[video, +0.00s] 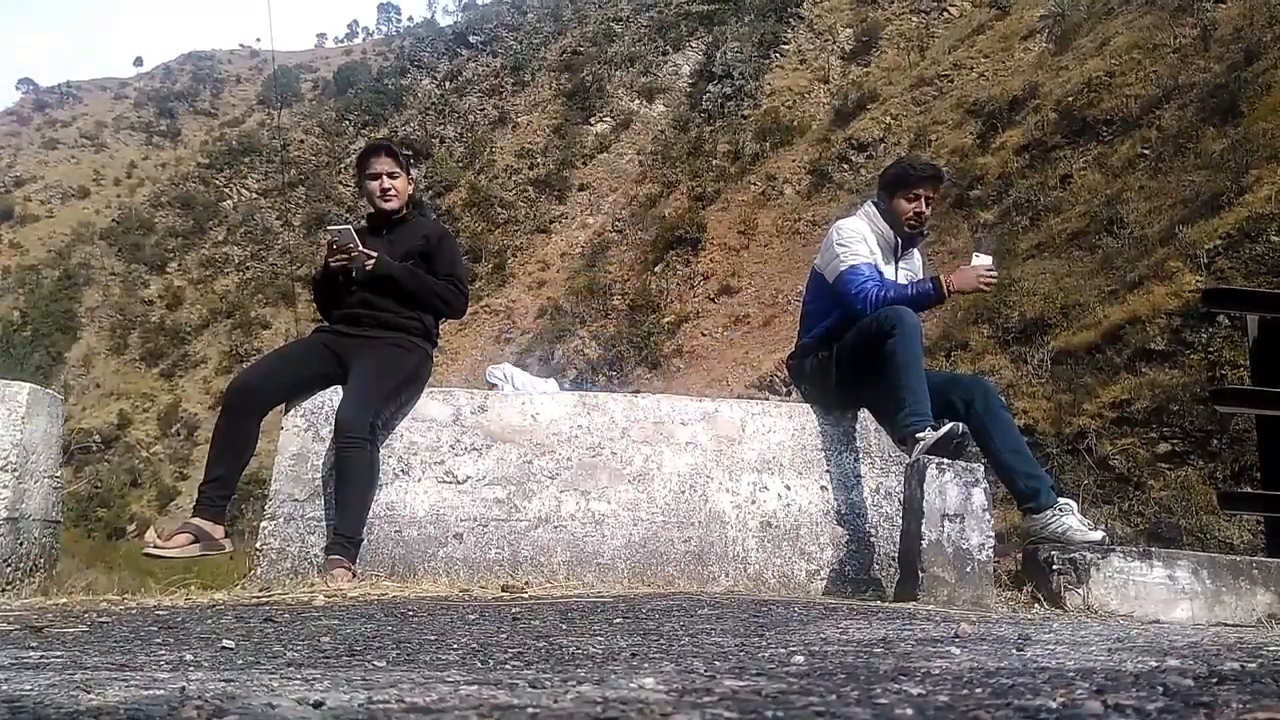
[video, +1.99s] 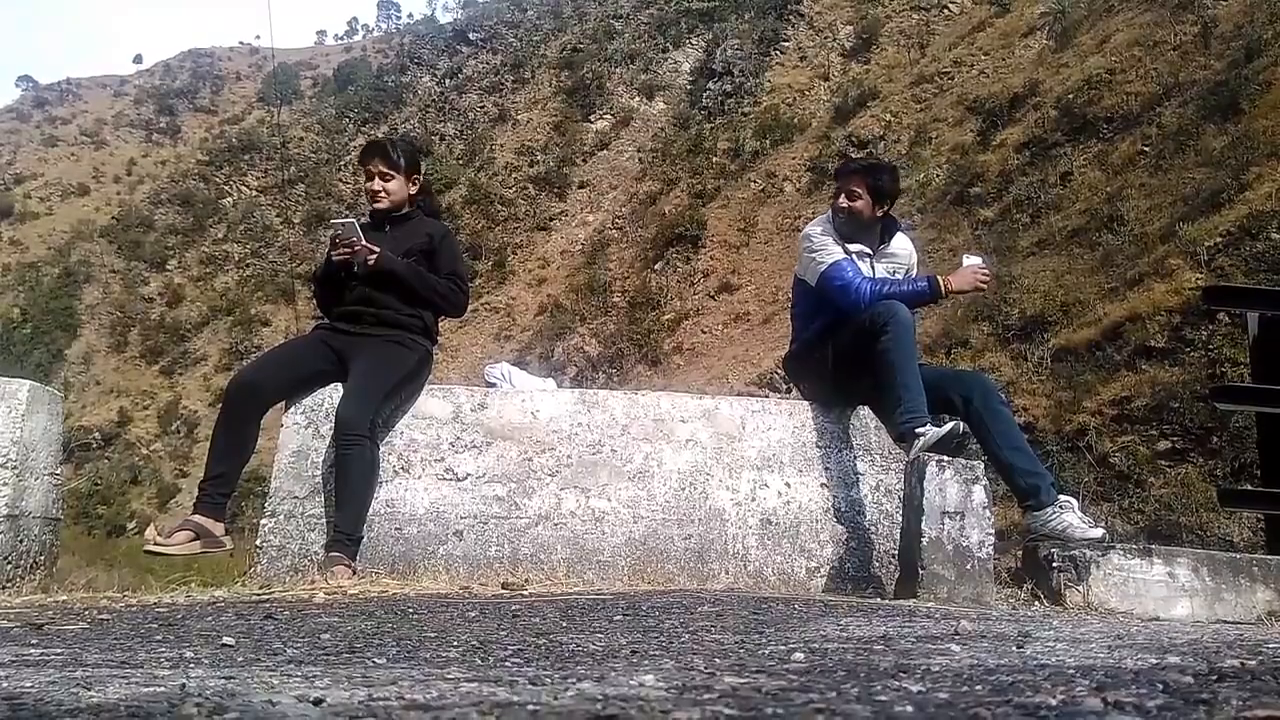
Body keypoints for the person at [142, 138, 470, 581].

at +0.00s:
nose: (385, 184)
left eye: (393, 175)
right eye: (375, 178)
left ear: (409, 180)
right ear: (364, 187)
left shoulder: (433, 233)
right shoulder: (353, 234)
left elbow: (455, 302)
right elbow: (327, 305)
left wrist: (386, 267)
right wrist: (330, 270)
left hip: (397, 346)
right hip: (337, 338)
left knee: (353, 426)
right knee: (246, 392)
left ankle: (341, 561)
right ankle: (208, 523)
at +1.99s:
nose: (376, 185)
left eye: (387, 176)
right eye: (370, 176)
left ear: (414, 181)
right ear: (364, 179)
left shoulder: (433, 233)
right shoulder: (355, 229)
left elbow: (456, 300)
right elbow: (327, 301)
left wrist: (386, 262)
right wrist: (335, 263)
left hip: (396, 343)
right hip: (336, 336)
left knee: (353, 424)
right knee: (247, 388)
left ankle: (341, 560)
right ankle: (208, 520)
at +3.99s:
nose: (376, 194)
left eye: (385, 183)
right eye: (368, 186)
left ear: (410, 178)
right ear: (362, 188)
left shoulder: (435, 231)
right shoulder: (355, 230)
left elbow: (455, 299)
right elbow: (332, 298)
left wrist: (378, 260)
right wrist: (328, 259)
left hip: (397, 342)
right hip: (336, 334)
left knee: (353, 421)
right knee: (247, 386)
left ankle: (341, 558)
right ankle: (208, 519)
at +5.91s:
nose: (376, 197)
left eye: (385, 186)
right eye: (368, 190)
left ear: (410, 180)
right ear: (362, 190)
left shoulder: (437, 232)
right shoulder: (358, 229)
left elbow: (456, 299)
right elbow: (333, 300)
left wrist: (382, 259)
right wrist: (332, 259)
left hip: (397, 342)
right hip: (336, 334)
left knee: (353, 420)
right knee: (247, 386)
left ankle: (341, 556)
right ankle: (208, 519)